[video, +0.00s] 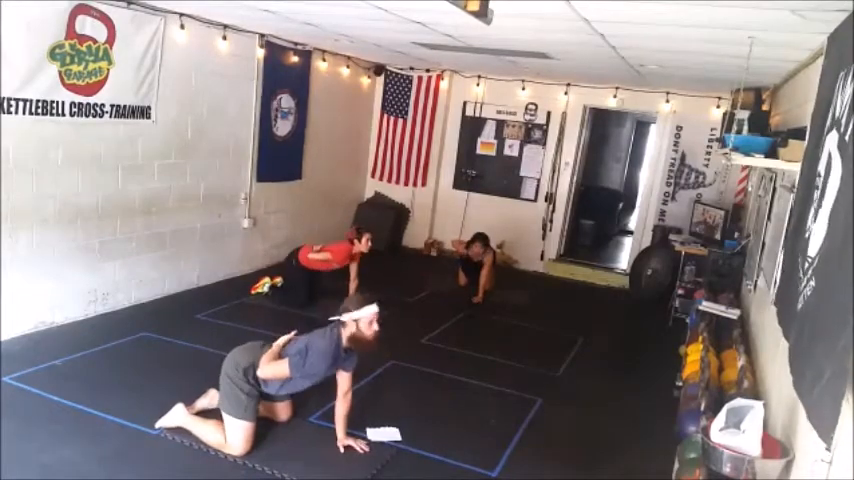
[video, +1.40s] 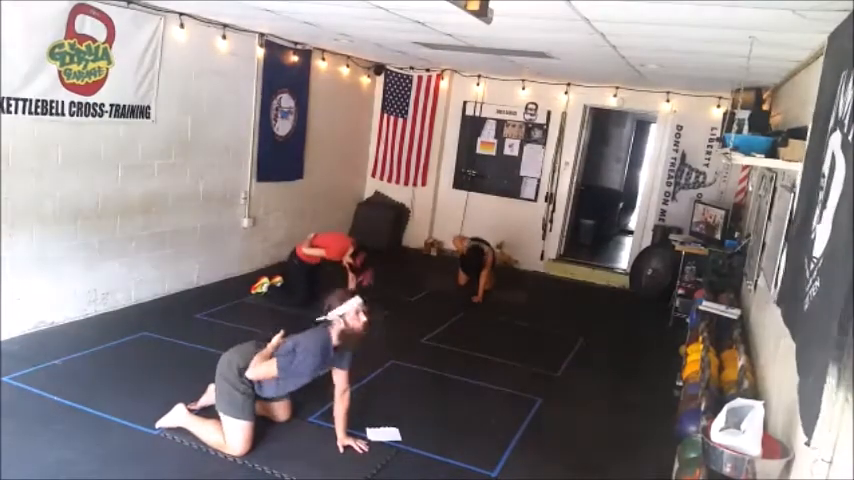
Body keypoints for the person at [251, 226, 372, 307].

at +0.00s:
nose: (370, 244)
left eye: (371, 241)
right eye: (367, 240)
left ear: (363, 242)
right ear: (357, 240)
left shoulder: (355, 254)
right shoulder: (344, 253)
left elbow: (354, 279)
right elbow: (312, 257)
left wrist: (350, 301)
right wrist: (313, 250)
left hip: (305, 259)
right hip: (297, 262)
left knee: (309, 298)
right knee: (300, 299)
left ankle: (279, 284)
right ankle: (271, 289)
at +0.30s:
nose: (369, 252)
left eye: (370, 249)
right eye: (367, 248)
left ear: (363, 247)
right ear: (358, 245)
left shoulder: (354, 255)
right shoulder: (342, 251)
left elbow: (353, 279)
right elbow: (309, 253)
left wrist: (352, 304)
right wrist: (313, 246)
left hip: (310, 265)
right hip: (297, 263)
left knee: (309, 300)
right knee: (300, 301)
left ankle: (279, 285)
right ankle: (271, 288)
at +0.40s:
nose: (359, 263)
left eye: (361, 263)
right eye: (361, 262)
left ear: (365, 257)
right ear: (362, 259)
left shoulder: (355, 252)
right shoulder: (341, 252)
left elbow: (353, 279)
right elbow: (308, 248)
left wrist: (352, 303)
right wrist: (313, 240)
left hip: (312, 264)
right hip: (299, 261)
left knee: (311, 301)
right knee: (300, 303)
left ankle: (280, 284)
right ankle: (271, 288)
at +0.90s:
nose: (364, 264)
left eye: (366, 261)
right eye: (364, 260)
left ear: (365, 256)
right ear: (359, 254)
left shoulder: (354, 254)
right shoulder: (340, 257)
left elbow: (353, 279)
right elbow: (307, 256)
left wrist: (352, 303)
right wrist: (312, 248)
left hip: (309, 264)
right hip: (297, 263)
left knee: (310, 299)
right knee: (301, 302)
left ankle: (279, 284)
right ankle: (269, 288)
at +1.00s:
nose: (369, 250)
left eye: (369, 247)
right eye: (366, 246)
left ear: (361, 247)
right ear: (357, 246)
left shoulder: (352, 257)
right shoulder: (342, 256)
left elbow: (353, 280)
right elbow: (310, 262)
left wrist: (351, 303)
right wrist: (315, 252)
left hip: (303, 254)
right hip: (296, 261)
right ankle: (270, 286)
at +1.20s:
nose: (366, 258)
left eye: (367, 255)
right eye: (364, 254)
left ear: (358, 250)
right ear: (355, 251)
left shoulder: (351, 254)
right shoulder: (339, 257)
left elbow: (352, 279)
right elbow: (305, 258)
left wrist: (351, 303)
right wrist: (312, 247)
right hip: (294, 262)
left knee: (310, 293)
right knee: (301, 297)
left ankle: (277, 284)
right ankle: (270, 288)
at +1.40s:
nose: (351, 266)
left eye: (354, 265)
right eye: (352, 264)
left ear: (358, 253)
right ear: (355, 256)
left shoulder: (350, 245)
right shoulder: (335, 253)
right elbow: (304, 250)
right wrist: (310, 239)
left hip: (313, 261)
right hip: (299, 261)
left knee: (312, 295)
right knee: (300, 298)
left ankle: (279, 285)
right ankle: (268, 290)